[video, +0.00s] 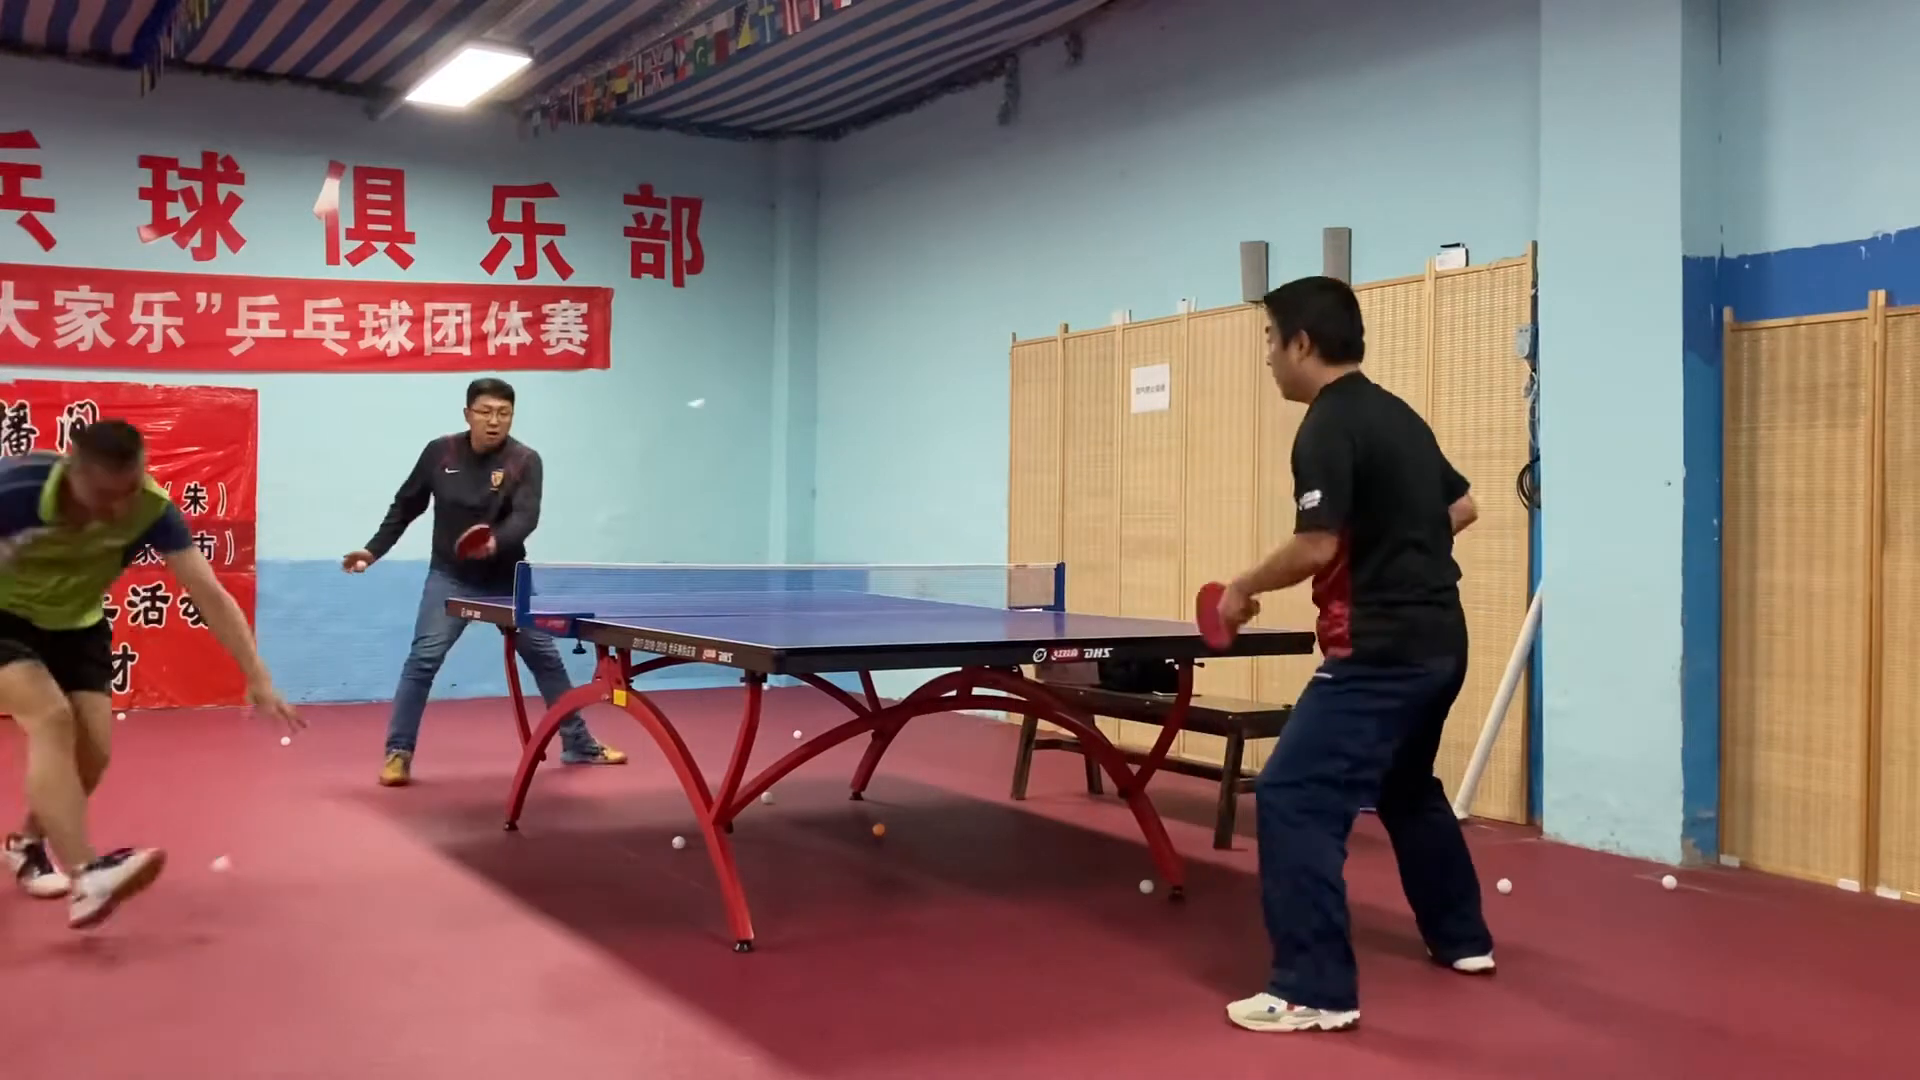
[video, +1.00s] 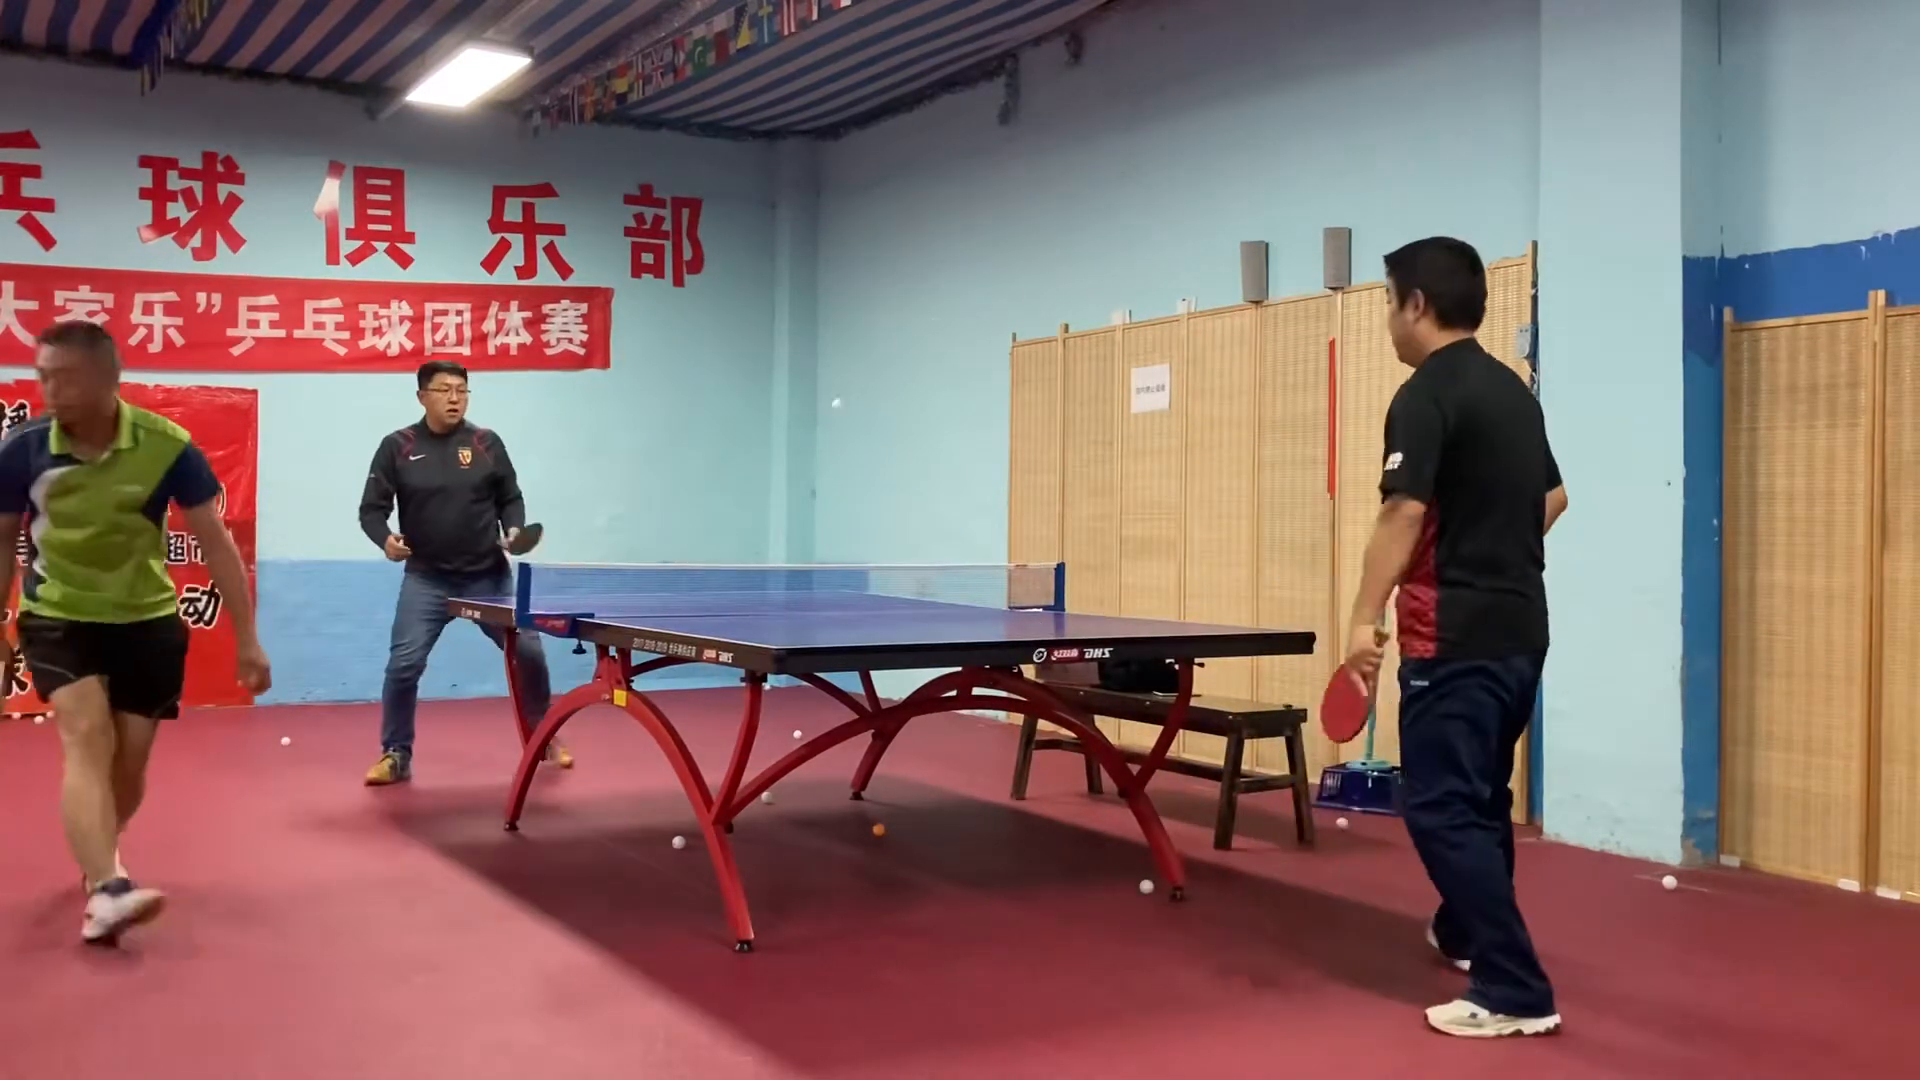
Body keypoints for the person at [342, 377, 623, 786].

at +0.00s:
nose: (495, 421)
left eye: (503, 414)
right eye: (486, 413)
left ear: (512, 418)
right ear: (468, 414)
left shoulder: (524, 460)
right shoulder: (439, 453)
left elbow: (524, 518)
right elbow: (405, 506)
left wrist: (493, 542)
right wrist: (371, 551)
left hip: (504, 578)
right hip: (450, 575)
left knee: (545, 656)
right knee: (424, 658)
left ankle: (578, 743)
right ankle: (399, 752)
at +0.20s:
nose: (486, 419)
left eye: (492, 411)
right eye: (476, 411)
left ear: (500, 415)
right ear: (456, 415)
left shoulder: (516, 460)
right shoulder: (430, 457)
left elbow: (534, 522)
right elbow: (402, 516)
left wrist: (520, 569)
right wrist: (380, 566)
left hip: (510, 578)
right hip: (453, 577)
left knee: (544, 656)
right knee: (425, 657)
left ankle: (559, 742)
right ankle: (397, 751)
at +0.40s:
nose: (507, 412)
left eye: (513, 404)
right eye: (497, 404)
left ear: (520, 409)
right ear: (475, 407)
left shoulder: (534, 456)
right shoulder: (446, 453)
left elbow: (554, 514)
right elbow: (424, 515)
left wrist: (547, 568)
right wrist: (416, 565)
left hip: (521, 579)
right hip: (465, 578)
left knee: (548, 658)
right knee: (435, 663)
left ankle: (557, 742)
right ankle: (401, 750)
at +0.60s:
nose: (513, 408)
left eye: (518, 400)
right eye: (503, 400)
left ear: (525, 406)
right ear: (480, 404)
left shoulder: (534, 453)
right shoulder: (450, 453)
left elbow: (557, 508)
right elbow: (431, 521)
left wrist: (569, 561)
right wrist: (441, 567)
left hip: (524, 580)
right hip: (469, 579)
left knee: (545, 655)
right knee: (437, 663)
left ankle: (557, 741)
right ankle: (401, 751)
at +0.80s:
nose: (491, 410)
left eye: (496, 402)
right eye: (481, 403)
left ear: (502, 408)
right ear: (458, 409)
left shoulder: (516, 455)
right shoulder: (432, 458)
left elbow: (537, 511)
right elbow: (409, 522)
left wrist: (548, 552)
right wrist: (423, 558)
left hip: (513, 582)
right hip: (455, 582)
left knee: (539, 659)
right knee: (418, 664)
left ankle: (558, 742)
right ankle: (399, 754)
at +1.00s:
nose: (454, 399)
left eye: (461, 391)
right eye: (444, 391)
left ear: (469, 397)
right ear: (423, 397)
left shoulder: (487, 443)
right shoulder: (398, 446)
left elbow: (510, 499)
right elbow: (371, 510)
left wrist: (514, 530)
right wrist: (385, 539)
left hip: (488, 577)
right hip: (426, 577)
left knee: (531, 652)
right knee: (403, 664)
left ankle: (543, 738)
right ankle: (396, 754)